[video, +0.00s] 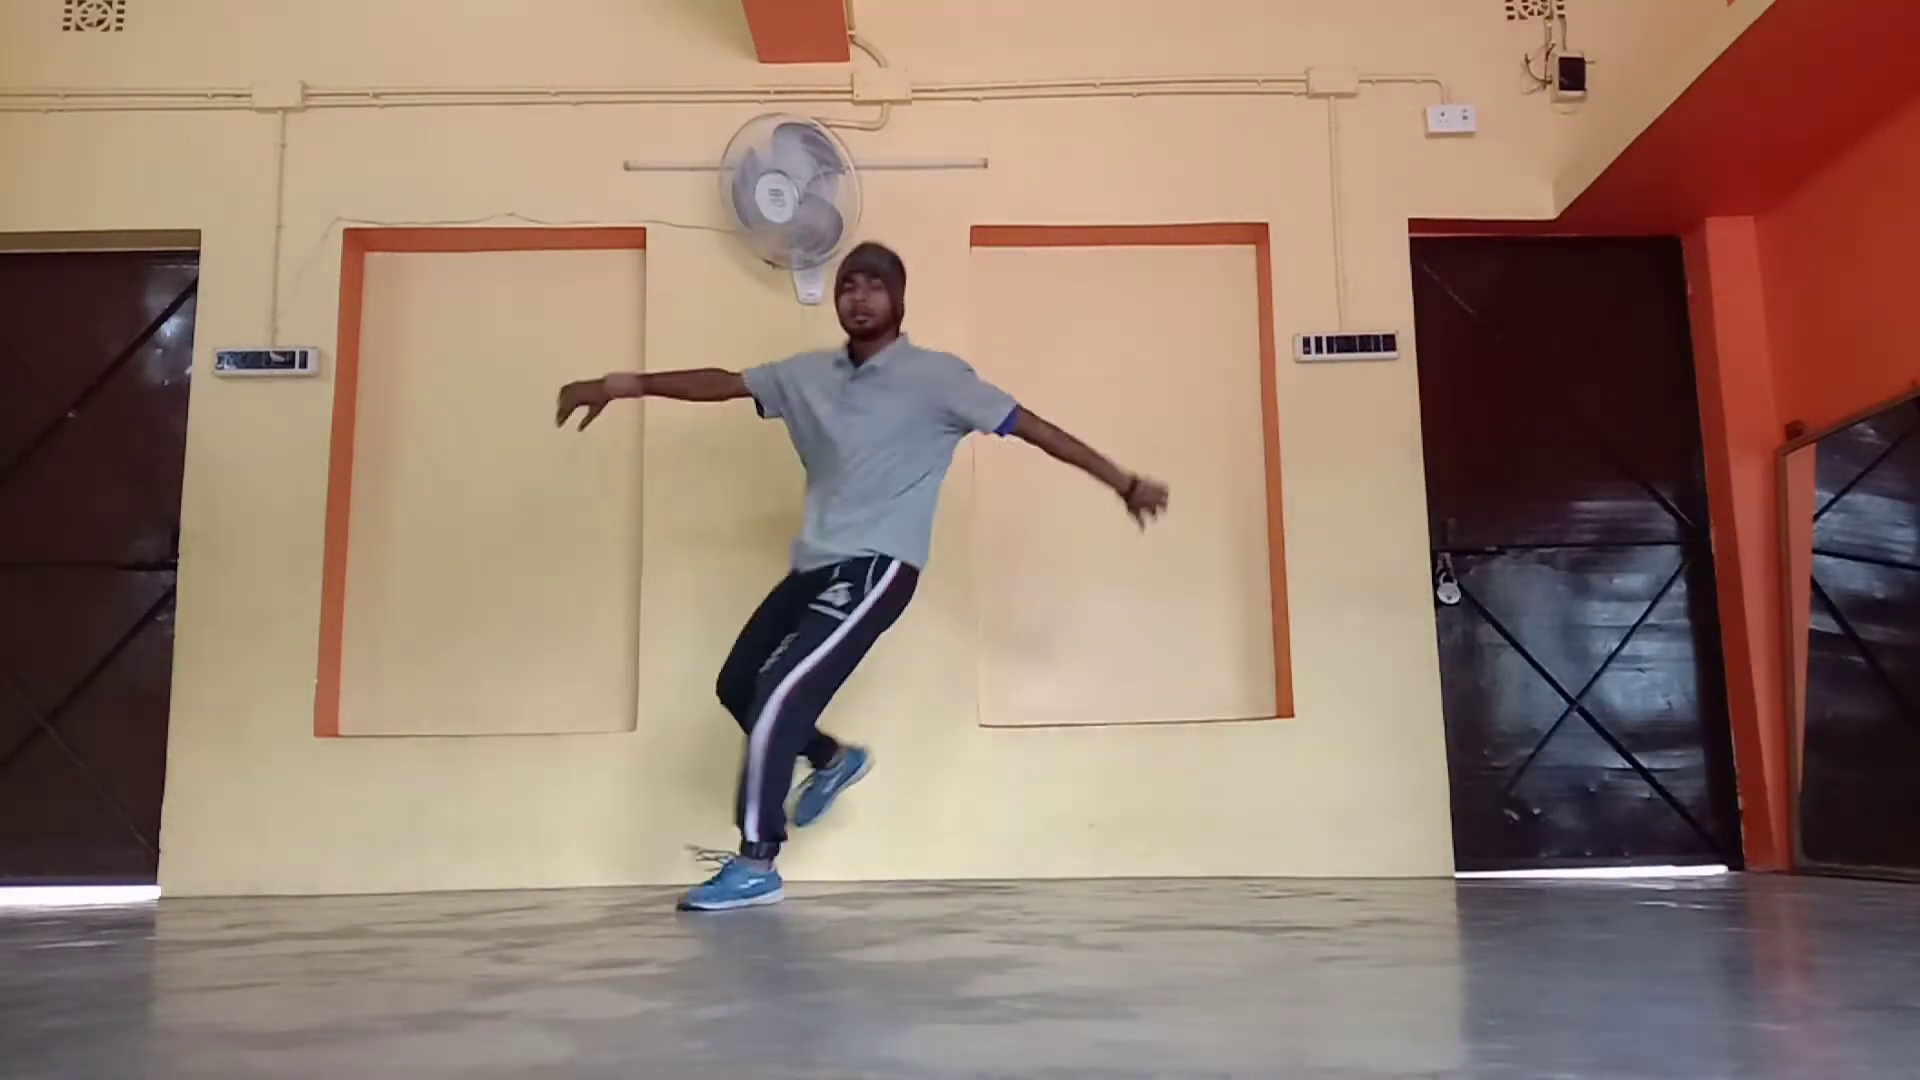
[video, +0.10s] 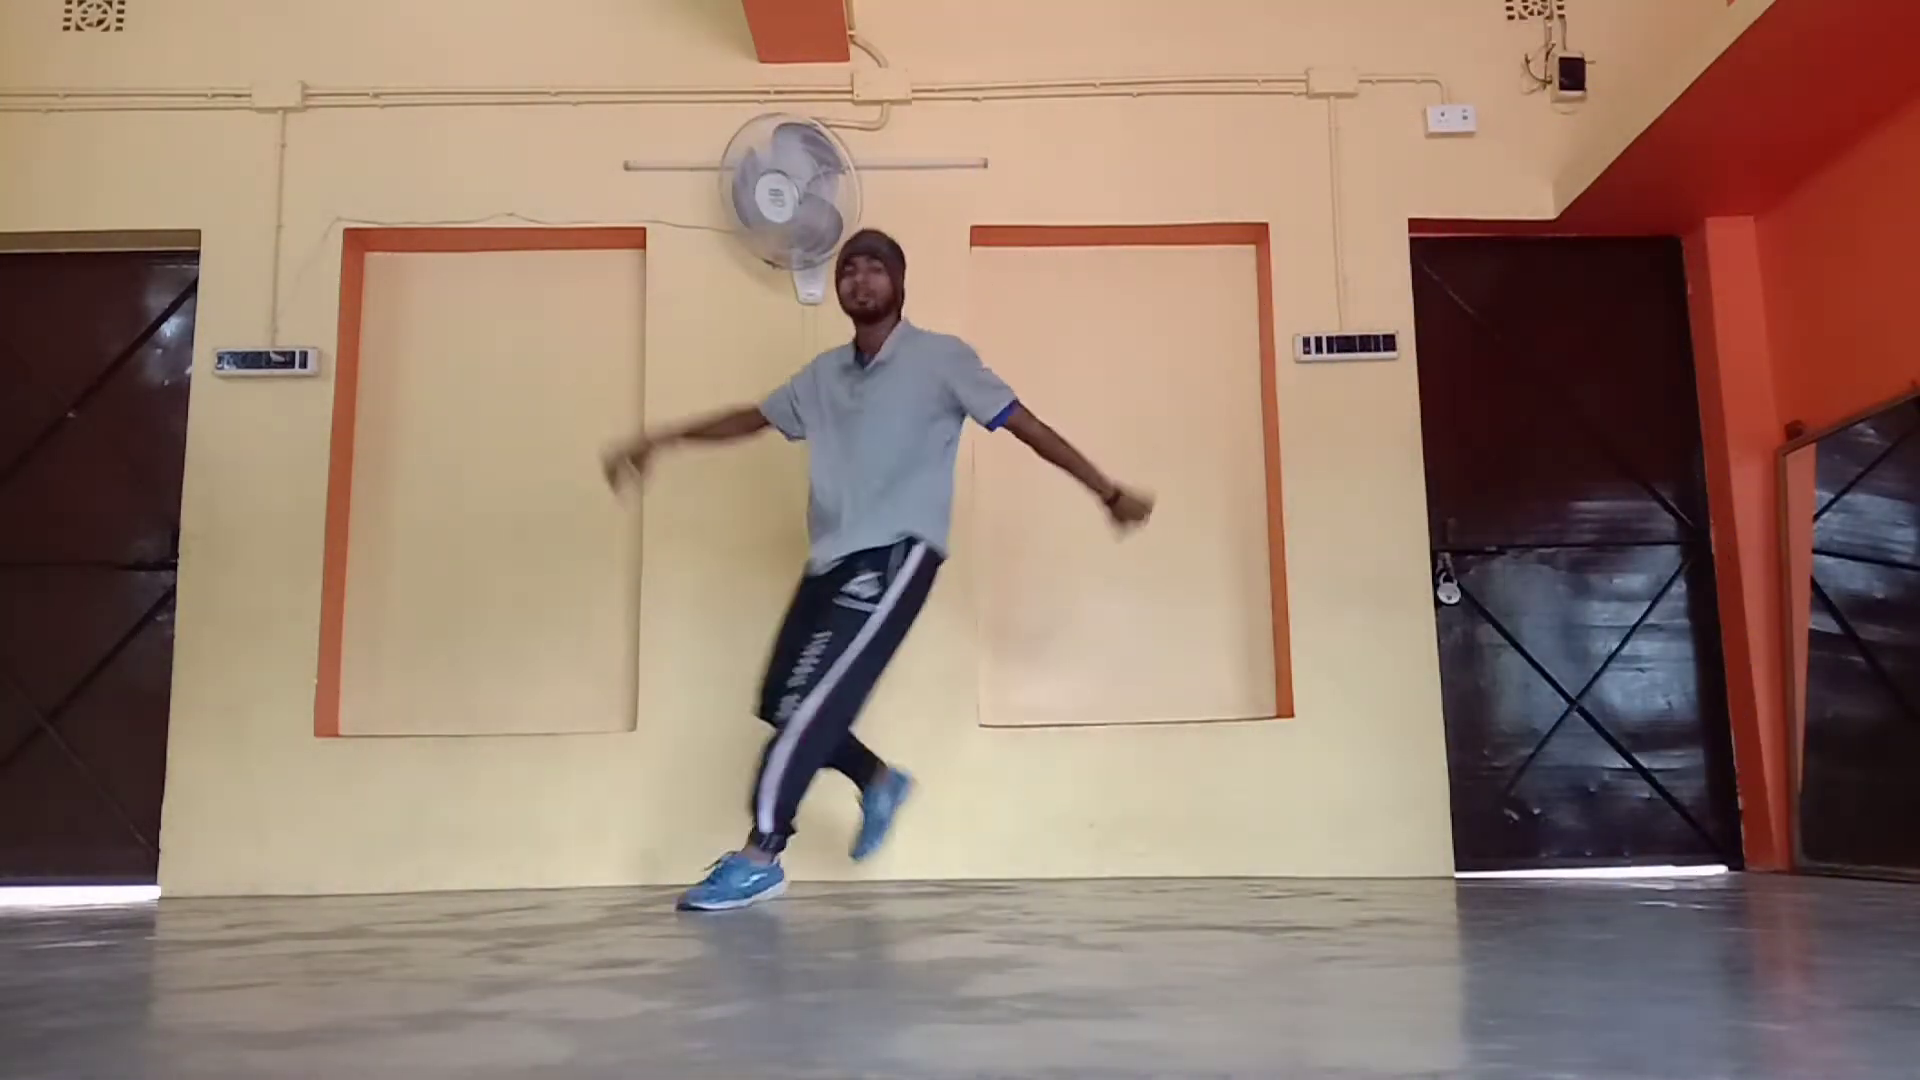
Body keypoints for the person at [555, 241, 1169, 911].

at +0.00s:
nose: (858, 297)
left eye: (873, 286)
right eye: (848, 287)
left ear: (901, 300)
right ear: (834, 301)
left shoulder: (936, 377)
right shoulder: (809, 375)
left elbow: (1032, 428)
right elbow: (720, 385)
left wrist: (1121, 479)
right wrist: (620, 386)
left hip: (879, 566)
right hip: (814, 562)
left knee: (782, 693)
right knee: (739, 685)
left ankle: (756, 862)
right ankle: (834, 759)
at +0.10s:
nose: (861, 276)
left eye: (875, 267)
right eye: (851, 268)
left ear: (901, 284)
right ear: (838, 288)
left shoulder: (940, 355)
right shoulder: (825, 374)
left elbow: (1025, 425)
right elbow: (751, 419)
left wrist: (1107, 489)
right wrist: (655, 441)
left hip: (899, 548)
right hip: (830, 556)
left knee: (814, 697)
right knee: (783, 700)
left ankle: (761, 855)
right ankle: (879, 782)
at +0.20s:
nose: (876, 273)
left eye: (889, 263)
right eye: (864, 265)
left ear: (913, 279)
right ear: (851, 284)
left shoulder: (961, 346)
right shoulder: (841, 376)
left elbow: (1024, 445)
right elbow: (794, 469)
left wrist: (1056, 544)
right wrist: (739, 545)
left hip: (942, 536)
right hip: (874, 545)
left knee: (867, 660)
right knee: (865, 687)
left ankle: (865, 816)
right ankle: (911, 848)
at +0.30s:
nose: (898, 277)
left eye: (909, 267)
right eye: (886, 269)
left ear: (930, 282)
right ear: (869, 286)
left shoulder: (974, 350)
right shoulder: (858, 383)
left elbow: (1028, 449)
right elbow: (843, 484)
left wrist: (989, 524)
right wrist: (824, 568)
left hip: (973, 542)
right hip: (902, 558)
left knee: (960, 648)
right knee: (880, 700)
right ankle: (916, 851)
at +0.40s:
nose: (917, 293)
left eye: (928, 280)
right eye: (902, 283)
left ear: (948, 288)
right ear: (885, 296)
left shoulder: (988, 348)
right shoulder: (884, 390)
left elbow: (1053, 436)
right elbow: (887, 475)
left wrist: (958, 448)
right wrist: (877, 540)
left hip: (1011, 551)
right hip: (938, 573)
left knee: (1087, 689)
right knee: (879, 690)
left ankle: (1180, 806)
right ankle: (919, 840)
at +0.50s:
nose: (924, 351)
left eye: (935, 335)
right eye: (910, 338)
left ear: (957, 339)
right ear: (895, 349)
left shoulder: (1006, 393)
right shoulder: (907, 438)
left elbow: (1087, 455)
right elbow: (924, 506)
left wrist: (983, 442)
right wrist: (898, 574)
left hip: (1051, 591)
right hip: (977, 613)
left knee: (1132, 720)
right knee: (912, 704)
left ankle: (1244, 850)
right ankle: (949, 858)